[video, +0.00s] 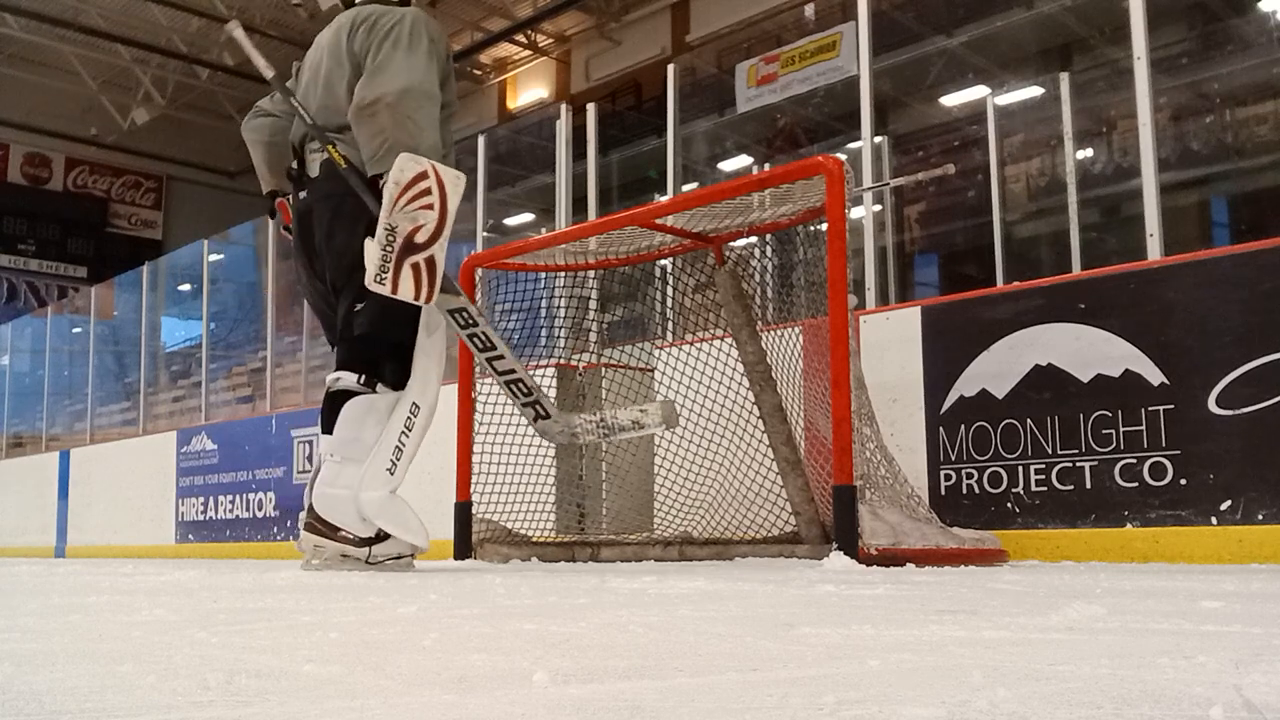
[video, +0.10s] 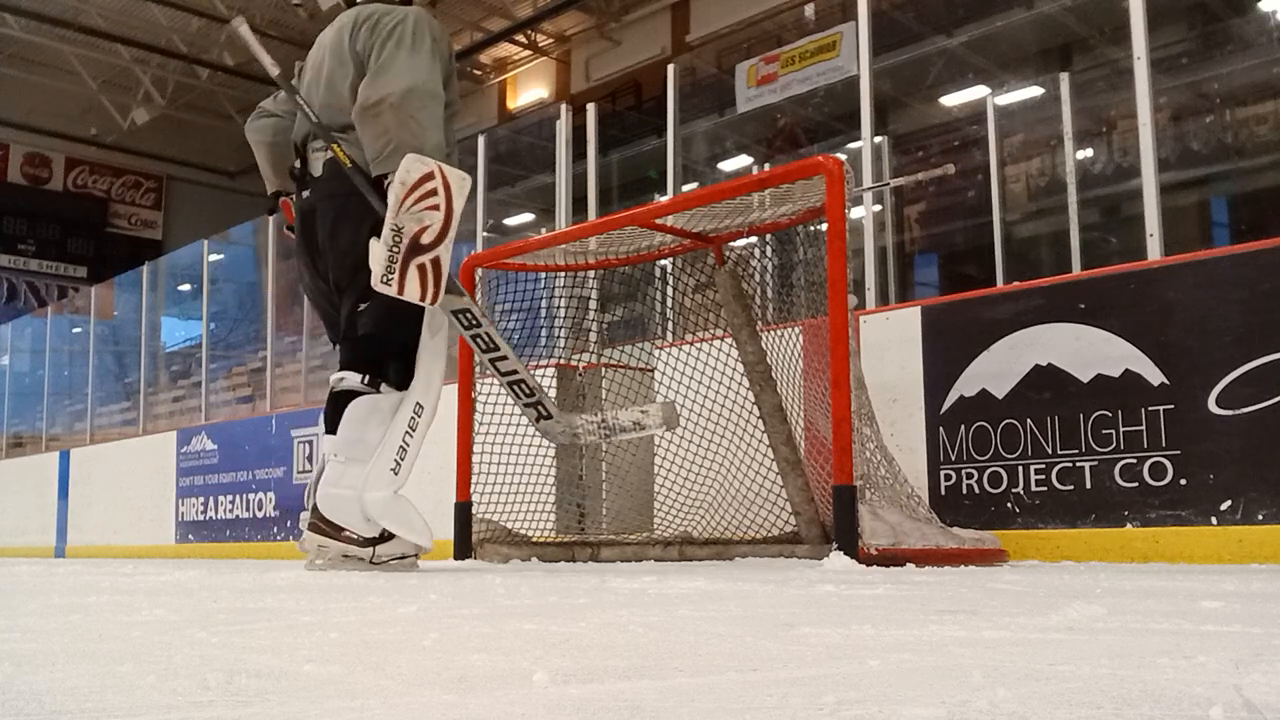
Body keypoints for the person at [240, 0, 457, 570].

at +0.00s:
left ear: (353, 4)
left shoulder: (318, 54)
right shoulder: (403, 23)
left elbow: (261, 123)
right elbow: (392, 110)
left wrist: (279, 191)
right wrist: (418, 216)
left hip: (311, 218)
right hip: (362, 203)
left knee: (355, 358)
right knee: (388, 354)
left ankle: (335, 518)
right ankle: (343, 508)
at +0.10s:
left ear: (351, 5)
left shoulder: (318, 57)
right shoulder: (405, 23)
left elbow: (264, 124)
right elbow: (395, 110)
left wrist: (285, 189)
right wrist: (422, 218)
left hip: (313, 217)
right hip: (361, 200)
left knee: (358, 354)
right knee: (390, 348)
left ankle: (335, 506)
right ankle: (347, 503)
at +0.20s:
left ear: (356, 8)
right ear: (417, 1)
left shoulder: (319, 61)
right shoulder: (407, 23)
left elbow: (266, 122)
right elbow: (396, 108)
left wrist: (287, 192)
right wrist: (428, 215)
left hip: (316, 214)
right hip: (362, 200)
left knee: (361, 352)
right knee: (393, 350)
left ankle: (334, 500)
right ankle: (351, 506)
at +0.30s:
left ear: (356, 9)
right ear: (418, 1)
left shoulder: (317, 64)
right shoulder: (408, 25)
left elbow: (268, 122)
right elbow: (399, 116)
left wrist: (291, 188)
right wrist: (429, 222)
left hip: (318, 214)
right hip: (364, 201)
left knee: (364, 353)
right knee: (394, 353)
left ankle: (336, 504)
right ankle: (353, 507)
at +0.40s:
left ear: (356, 7)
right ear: (420, 0)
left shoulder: (321, 63)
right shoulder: (409, 24)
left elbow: (269, 125)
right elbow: (399, 113)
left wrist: (297, 193)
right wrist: (432, 217)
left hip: (320, 217)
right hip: (368, 202)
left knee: (365, 354)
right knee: (396, 351)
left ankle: (336, 501)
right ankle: (354, 503)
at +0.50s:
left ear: (359, 5)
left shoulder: (325, 59)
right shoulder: (411, 24)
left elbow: (273, 125)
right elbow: (399, 115)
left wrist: (298, 188)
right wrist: (433, 215)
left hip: (322, 217)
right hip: (371, 205)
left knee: (366, 354)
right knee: (399, 352)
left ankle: (335, 505)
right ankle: (354, 507)